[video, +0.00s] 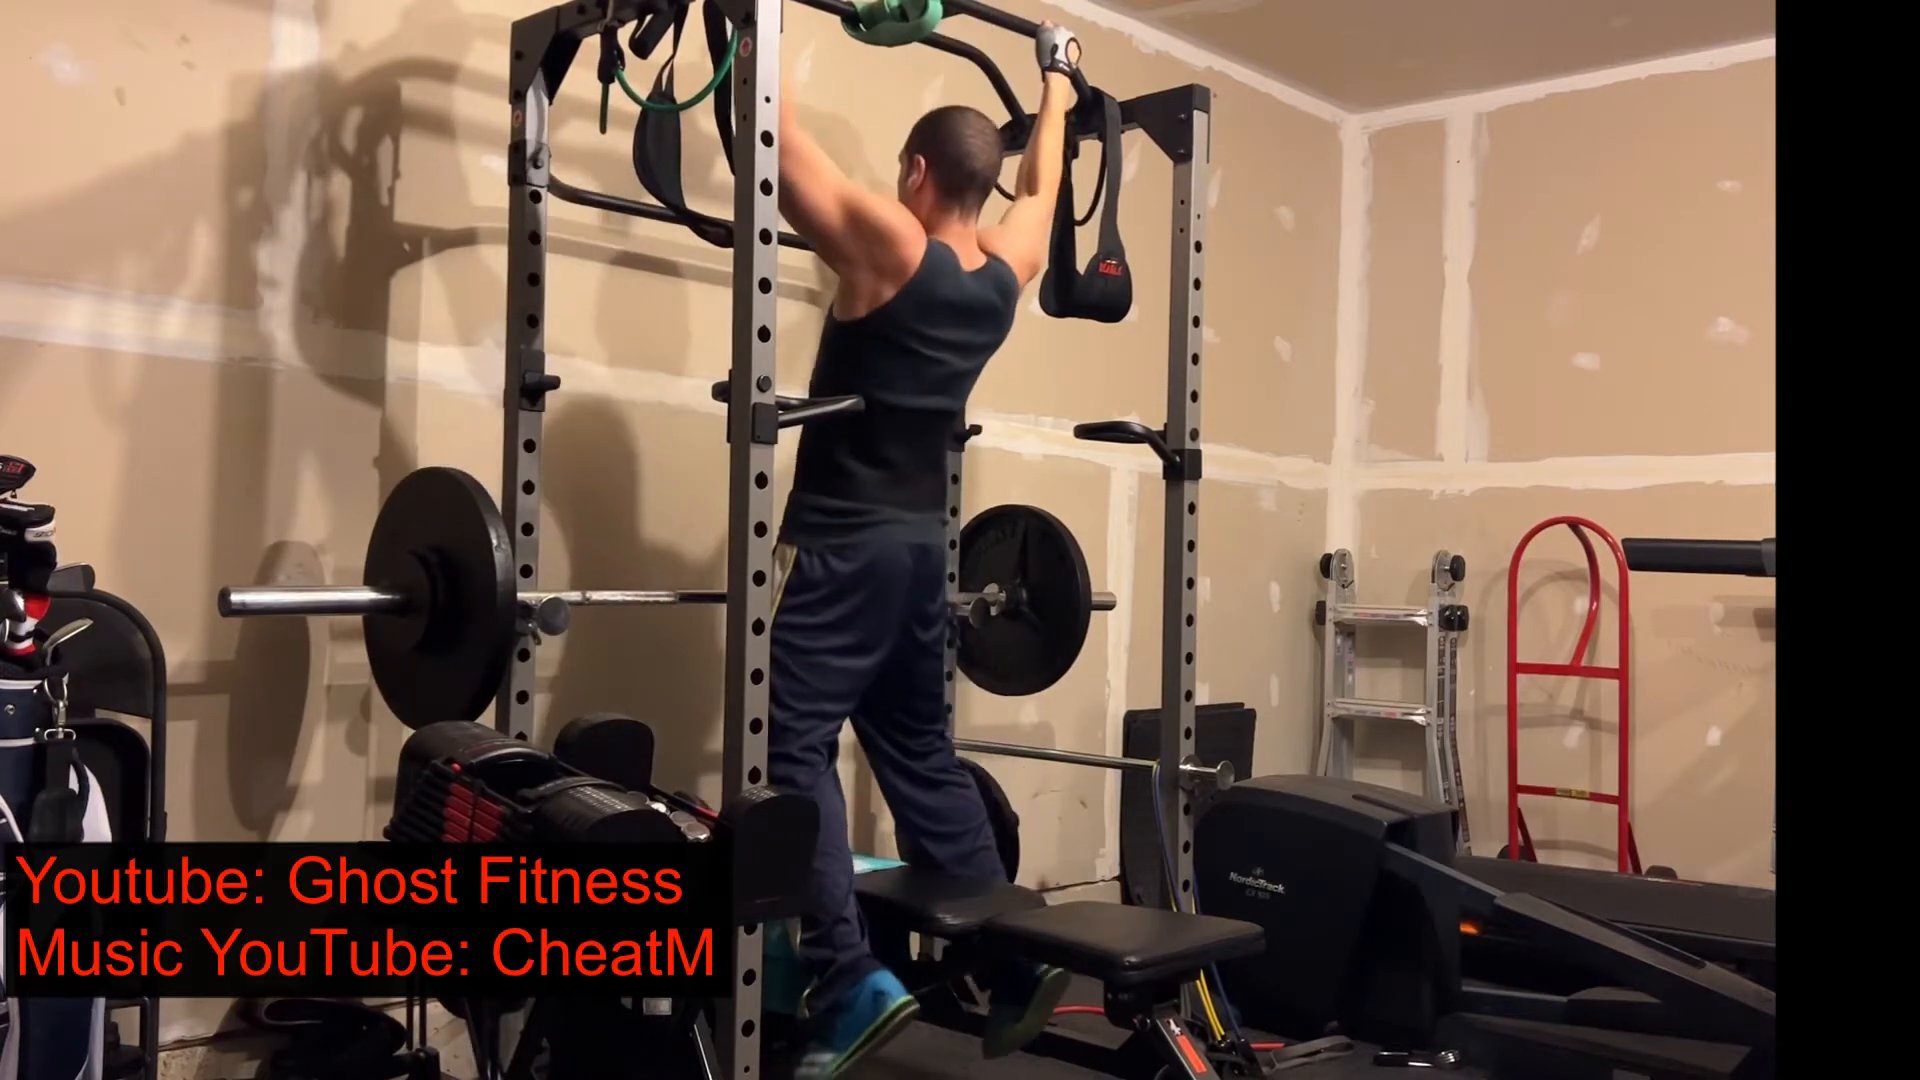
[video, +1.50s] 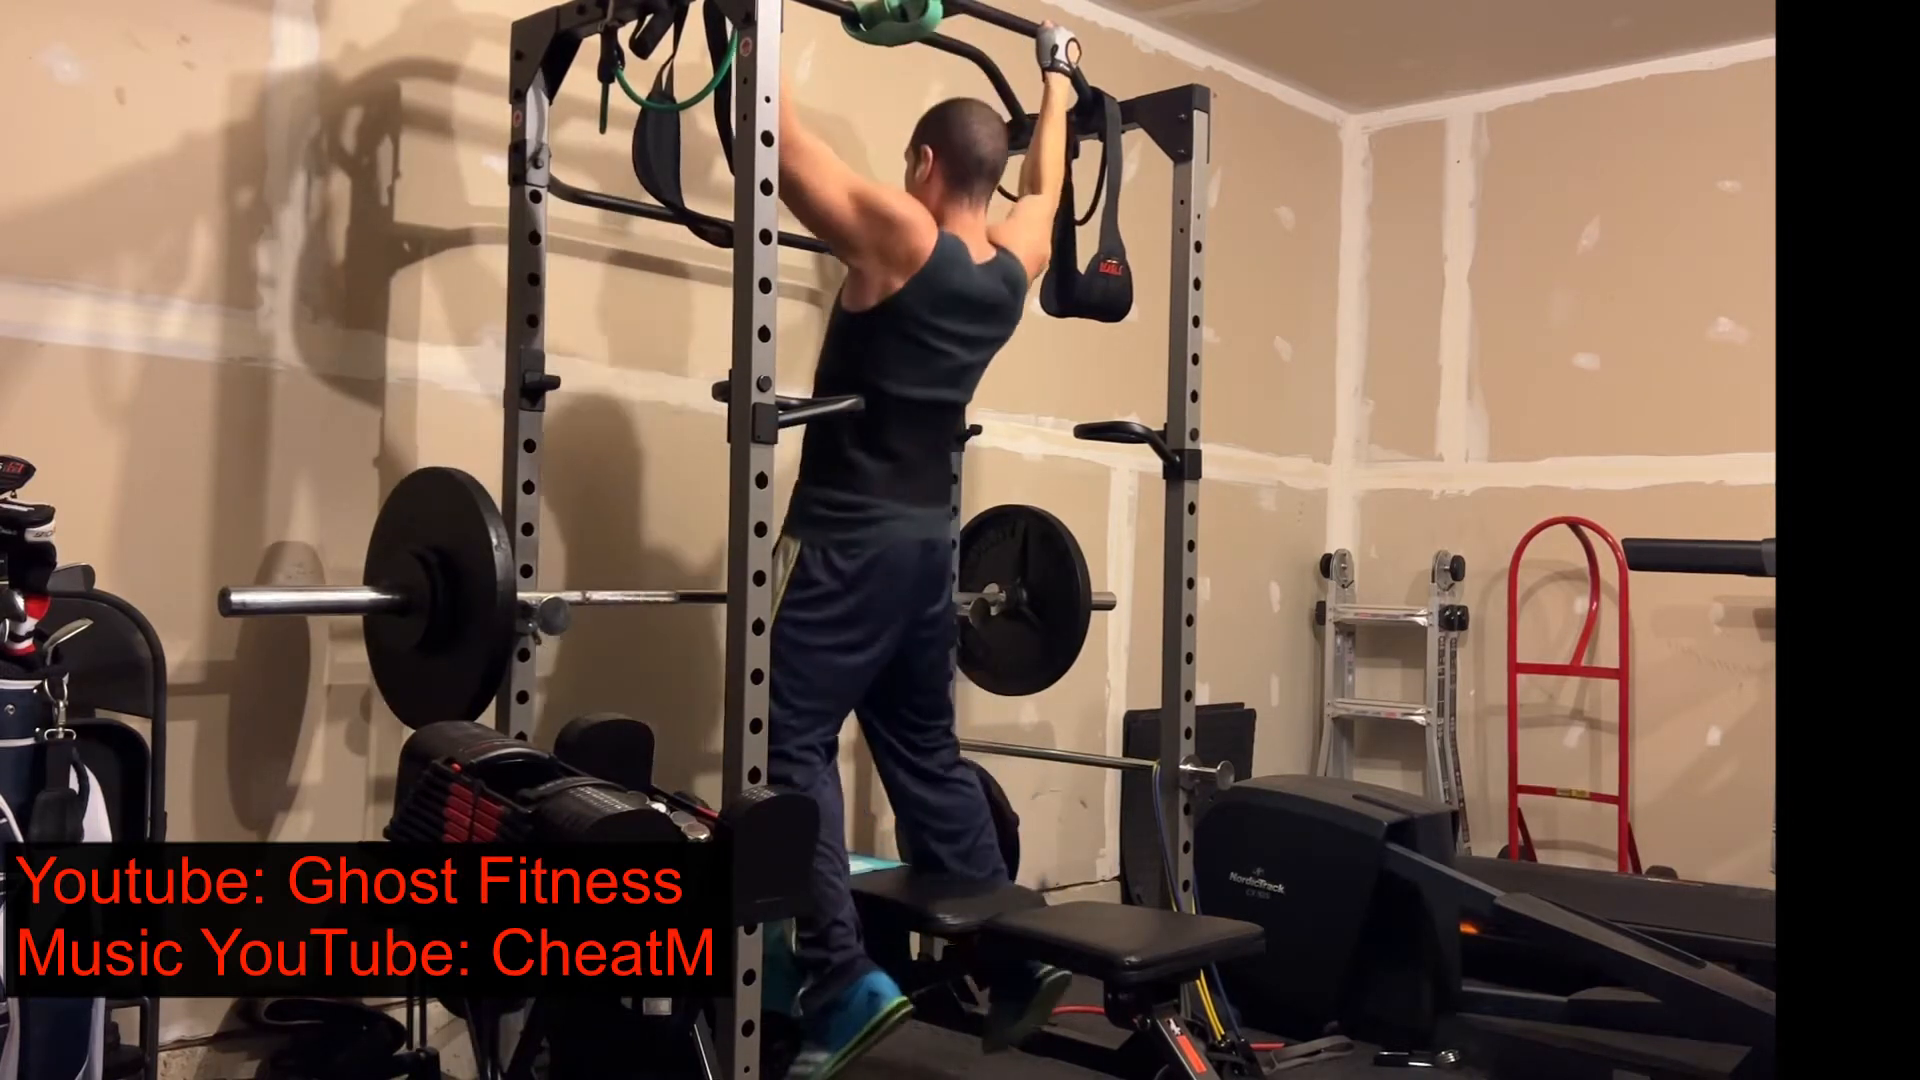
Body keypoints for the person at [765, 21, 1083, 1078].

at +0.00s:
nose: (894, 176)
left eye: (900, 163)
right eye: (905, 164)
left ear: (919, 170)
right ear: (989, 190)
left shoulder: (883, 242)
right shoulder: (1004, 275)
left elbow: (775, 133)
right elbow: (1040, 191)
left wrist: (759, 30)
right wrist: (1057, 103)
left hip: (847, 536)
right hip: (924, 539)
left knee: (796, 748)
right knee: (918, 752)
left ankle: (846, 971)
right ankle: (1005, 952)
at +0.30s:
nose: (905, 165)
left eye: (913, 153)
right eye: (917, 155)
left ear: (929, 164)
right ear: (1000, 187)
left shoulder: (893, 236)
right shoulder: (1011, 271)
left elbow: (784, 138)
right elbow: (1041, 184)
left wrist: (765, 28)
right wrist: (1057, 99)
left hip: (848, 536)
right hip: (927, 539)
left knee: (796, 753)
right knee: (919, 754)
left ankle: (842, 980)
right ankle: (1005, 957)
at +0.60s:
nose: (934, 62)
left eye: (940, 46)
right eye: (942, 47)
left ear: (958, 56)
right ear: (1031, 72)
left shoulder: (922, 134)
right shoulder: (1041, 169)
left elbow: (785, 123)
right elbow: (1068, 200)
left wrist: (758, 20)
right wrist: (1054, 104)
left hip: (868, 447)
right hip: (945, 453)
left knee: (795, 641)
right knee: (922, 648)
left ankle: (823, 872)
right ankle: (984, 844)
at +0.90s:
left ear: (959, 0)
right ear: (1017, 12)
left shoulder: (913, 62)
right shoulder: (1038, 99)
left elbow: (776, 114)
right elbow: (1054, 205)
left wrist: (755, 19)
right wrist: (1050, 94)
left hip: (867, 370)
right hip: (947, 381)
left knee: (798, 573)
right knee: (928, 593)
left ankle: (831, 798)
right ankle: (992, 793)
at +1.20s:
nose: (909, 97)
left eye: (915, 83)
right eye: (918, 84)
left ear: (931, 92)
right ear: (1001, 113)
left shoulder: (901, 164)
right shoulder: (1019, 207)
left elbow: (771, 132)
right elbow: (1048, 183)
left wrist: (747, 46)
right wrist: (1056, 118)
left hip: (860, 471)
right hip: (933, 477)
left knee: (794, 672)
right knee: (918, 686)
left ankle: (834, 905)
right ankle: (997, 870)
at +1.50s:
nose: (902, 163)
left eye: (909, 151)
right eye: (912, 152)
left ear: (928, 160)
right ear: (997, 180)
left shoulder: (896, 232)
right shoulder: (1012, 267)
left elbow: (782, 143)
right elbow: (1046, 187)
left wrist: (756, 40)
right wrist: (1058, 96)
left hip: (853, 531)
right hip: (928, 534)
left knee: (795, 743)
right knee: (923, 749)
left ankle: (841, 972)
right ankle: (1008, 952)